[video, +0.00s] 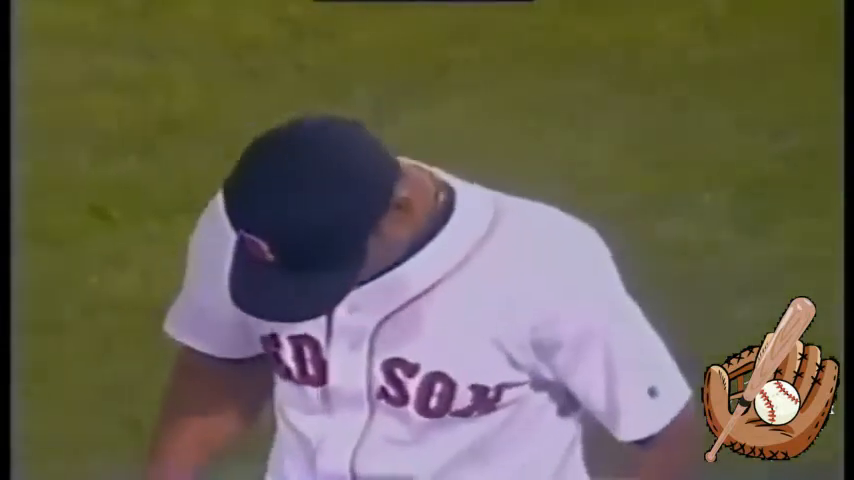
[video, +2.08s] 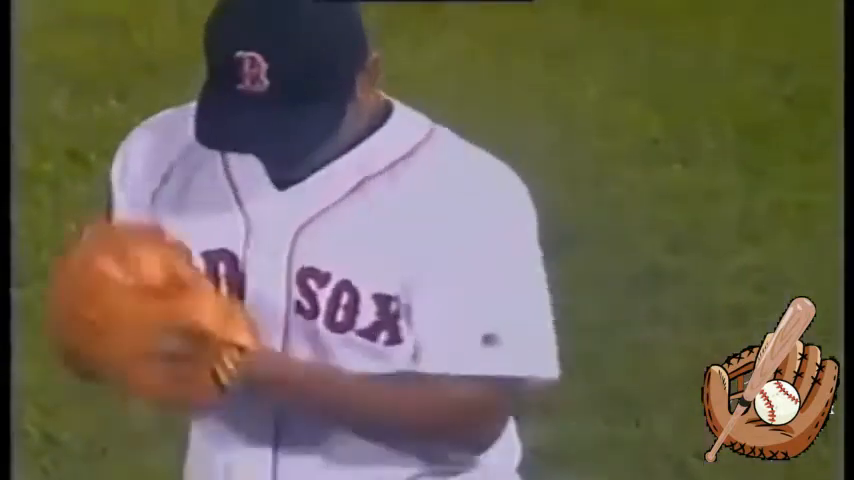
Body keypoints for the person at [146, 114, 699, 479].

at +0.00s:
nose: (304, 306)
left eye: (329, 283)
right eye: (284, 289)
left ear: (399, 209)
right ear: (251, 229)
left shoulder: (550, 264)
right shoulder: (243, 226)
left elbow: (671, 433)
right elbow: (216, 378)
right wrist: (169, 465)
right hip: (303, 468)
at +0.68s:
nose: (379, 260)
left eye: (405, 231)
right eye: (361, 238)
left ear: (471, 167)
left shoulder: (633, 201)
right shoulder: (307, 197)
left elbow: (759, 373)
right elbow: (281, 344)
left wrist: (741, 443)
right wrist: (237, 465)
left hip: (612, 468)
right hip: (399, 465)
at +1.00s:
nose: (347, 252)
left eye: (370, 233)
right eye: (329, 227)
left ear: (445, 176)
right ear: (297, 168)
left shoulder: (593, 212)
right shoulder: (268, 174)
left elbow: (704, 384)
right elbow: (211, 329)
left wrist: (689, 465)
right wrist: (181, 458)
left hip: (536, 467)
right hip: (317, 466)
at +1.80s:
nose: (277, 186)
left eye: (298, 167)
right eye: (254, 172)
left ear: (360, 106)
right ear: (217, 118)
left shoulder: (489, 176)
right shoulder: (167, 175)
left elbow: (626, 341)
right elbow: (127, 320)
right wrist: (127, 450)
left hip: (457, 469)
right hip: (245, 468)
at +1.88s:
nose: (278, 173)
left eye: (303, 148)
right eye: (255, 153)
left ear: (364, 88)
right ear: (220, 104)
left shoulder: (485, 175)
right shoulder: (162, 171)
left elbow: (595, 366)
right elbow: (120, 315)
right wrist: (140, 405)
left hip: (436, 470)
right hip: (237, 470)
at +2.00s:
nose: (279, 161)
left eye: (302, 138)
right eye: (254, 140)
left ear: (366, 78)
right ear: (219, 93)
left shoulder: (478, 184)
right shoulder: (158, 161)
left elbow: (521, 407)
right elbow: (95, 329)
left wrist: (318, 411)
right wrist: (180, 388)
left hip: (429, 469)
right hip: (227, 470)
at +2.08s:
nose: (279, 155)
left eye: (301, 132)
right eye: (257, 137)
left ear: (368, 77)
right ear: (223, 93)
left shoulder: (473, 195)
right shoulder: (159, 157)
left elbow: (473, 420)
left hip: (411, 471)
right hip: (223, 465)